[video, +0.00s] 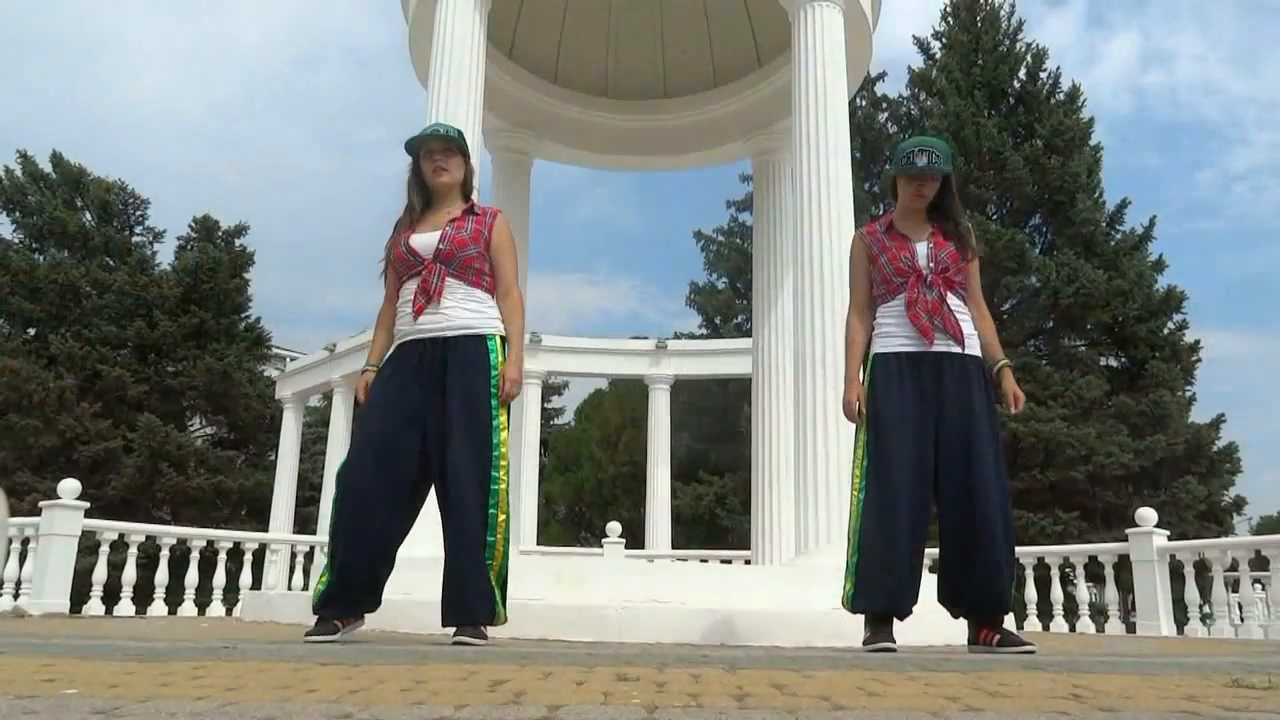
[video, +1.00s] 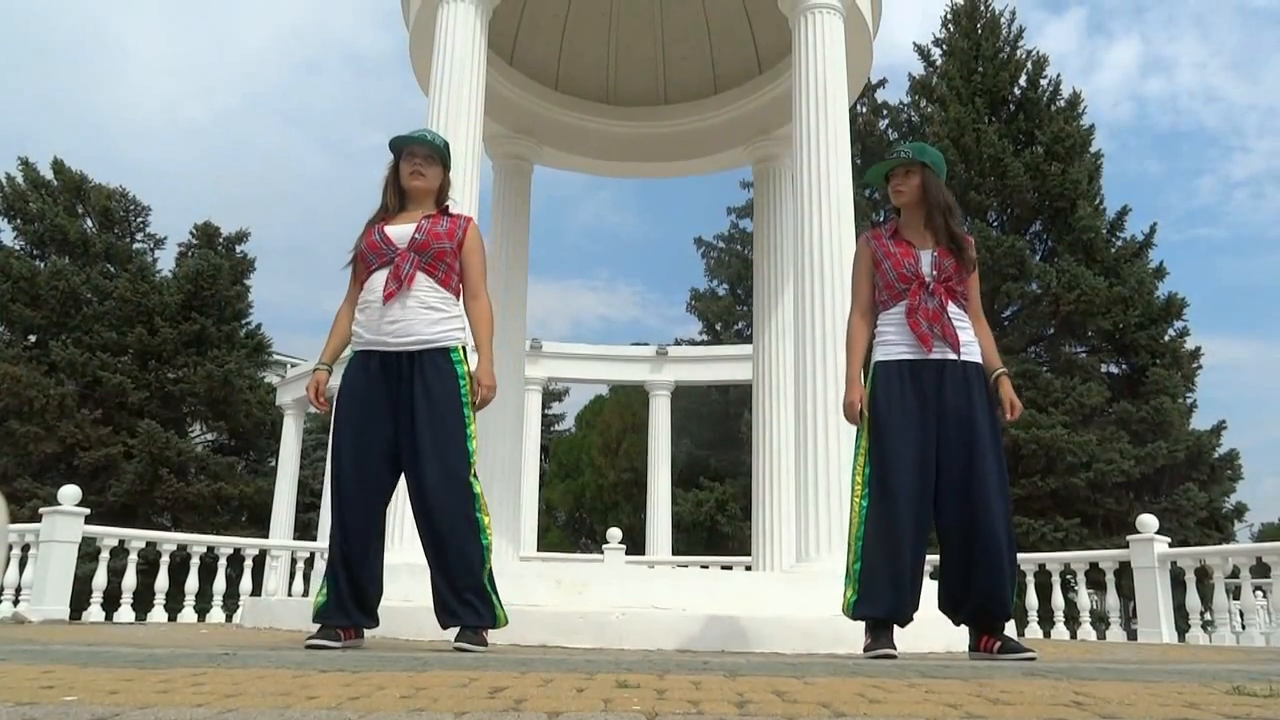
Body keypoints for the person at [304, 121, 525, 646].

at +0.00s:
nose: (438, 161)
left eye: (447, 153)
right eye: (429, 155)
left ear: (466, 163)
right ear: (418, 166)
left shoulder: (490, 221)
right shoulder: (405, 227)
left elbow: (509, 293)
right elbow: (391, 303)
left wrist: (515, 357)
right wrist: (371, 365)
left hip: (470, 358)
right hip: (408, 359)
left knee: (466, 483)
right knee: (366, 474)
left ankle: (470, 616)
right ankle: (345, 606)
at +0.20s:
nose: (436, 161)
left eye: (446, 154)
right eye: (427, 155)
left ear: (466, 165)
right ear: (416, 168)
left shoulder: (493, 221)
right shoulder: (408, 228)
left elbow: (511, 294)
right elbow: (389, 305)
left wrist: (506, 361)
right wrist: (369, 367)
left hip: (462, 360)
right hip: (401, 359)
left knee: (457, 486)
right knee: (359, 476)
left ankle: (469, 618)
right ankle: (339, 607)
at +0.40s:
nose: (429, 160)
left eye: (440, 153)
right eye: (421, 154)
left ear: (459, 166)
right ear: (409, 168)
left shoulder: (485, 219)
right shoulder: (399, 228)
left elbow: (505, 292)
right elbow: (380, 302)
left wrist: (499, 359)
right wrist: (354, 369)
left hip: (448, 361)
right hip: (385, 358)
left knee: (445, 489)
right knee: (354, 482)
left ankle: (468, 618)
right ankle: (339, 609)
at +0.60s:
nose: (421, 160)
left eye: (431, 154)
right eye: (413, 154)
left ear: (449, 167)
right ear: (401, 167)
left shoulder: (473, 218)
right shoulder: (388, 231)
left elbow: (493, 290)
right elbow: (369, 304)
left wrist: (489, 357)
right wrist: (338, 366)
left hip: (438, 363)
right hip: (372, 361)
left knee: (438, 491)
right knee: (352, 488)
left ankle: (468, 621)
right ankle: (342, 614)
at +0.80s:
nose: (416, 163)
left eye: (427, 156)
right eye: (408, 156)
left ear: (444, 170)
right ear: (395, 167)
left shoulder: (464, 221)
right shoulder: (377, 232)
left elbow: (483, 293)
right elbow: (358, 306)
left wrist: (485, 359)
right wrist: (330, 365)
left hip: (435, 366)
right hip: (368, 366)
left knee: (439, 492)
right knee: (349, 491)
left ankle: (471, 620)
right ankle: (343, 617)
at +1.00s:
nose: (418, 164)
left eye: (429, 159)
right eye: (410, 157)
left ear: (444, 173)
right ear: (396, 168)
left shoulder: (460, 226)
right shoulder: (373, 231)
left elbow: (477, 296)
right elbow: (352, 303)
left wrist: (484, 361)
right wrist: (324, 365)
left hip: (436, 367)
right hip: (368, 368)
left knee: (445, 493)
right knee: (355, 493)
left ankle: (471, 620)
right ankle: (345, 618)